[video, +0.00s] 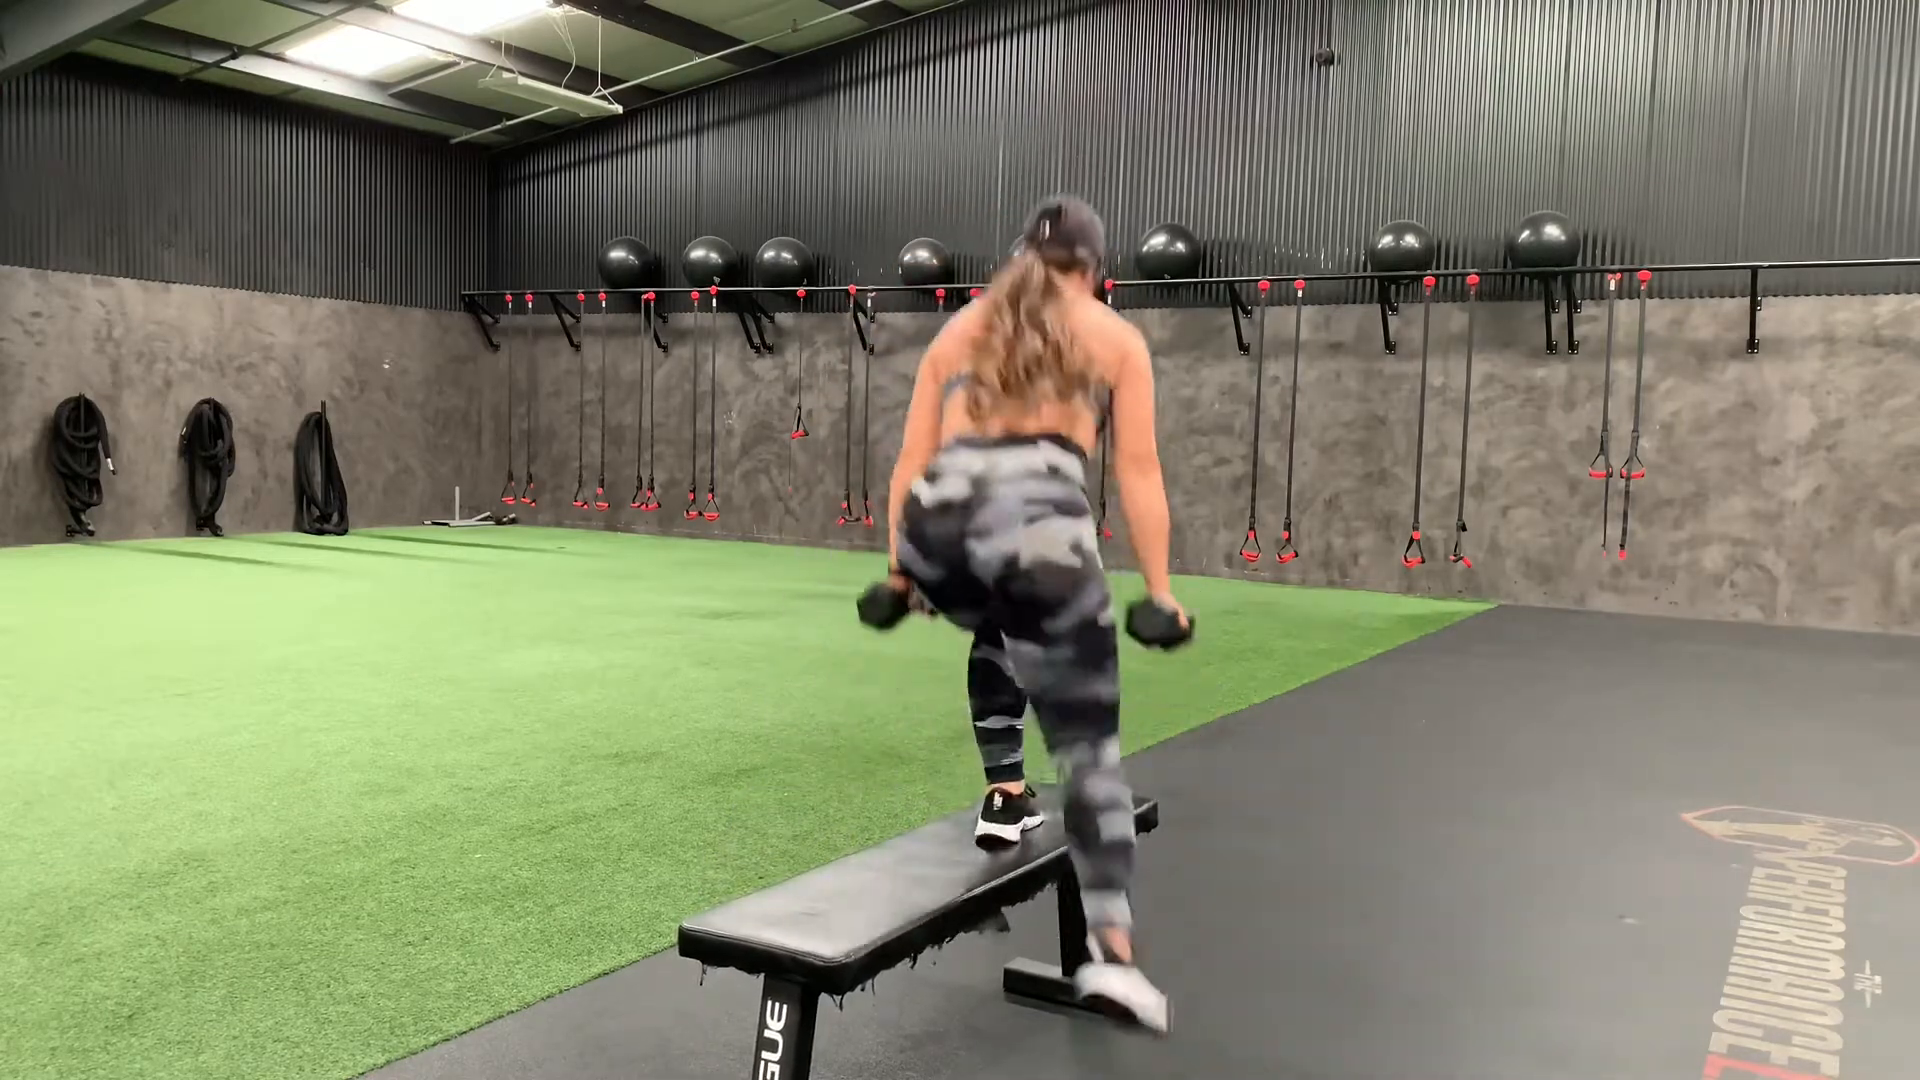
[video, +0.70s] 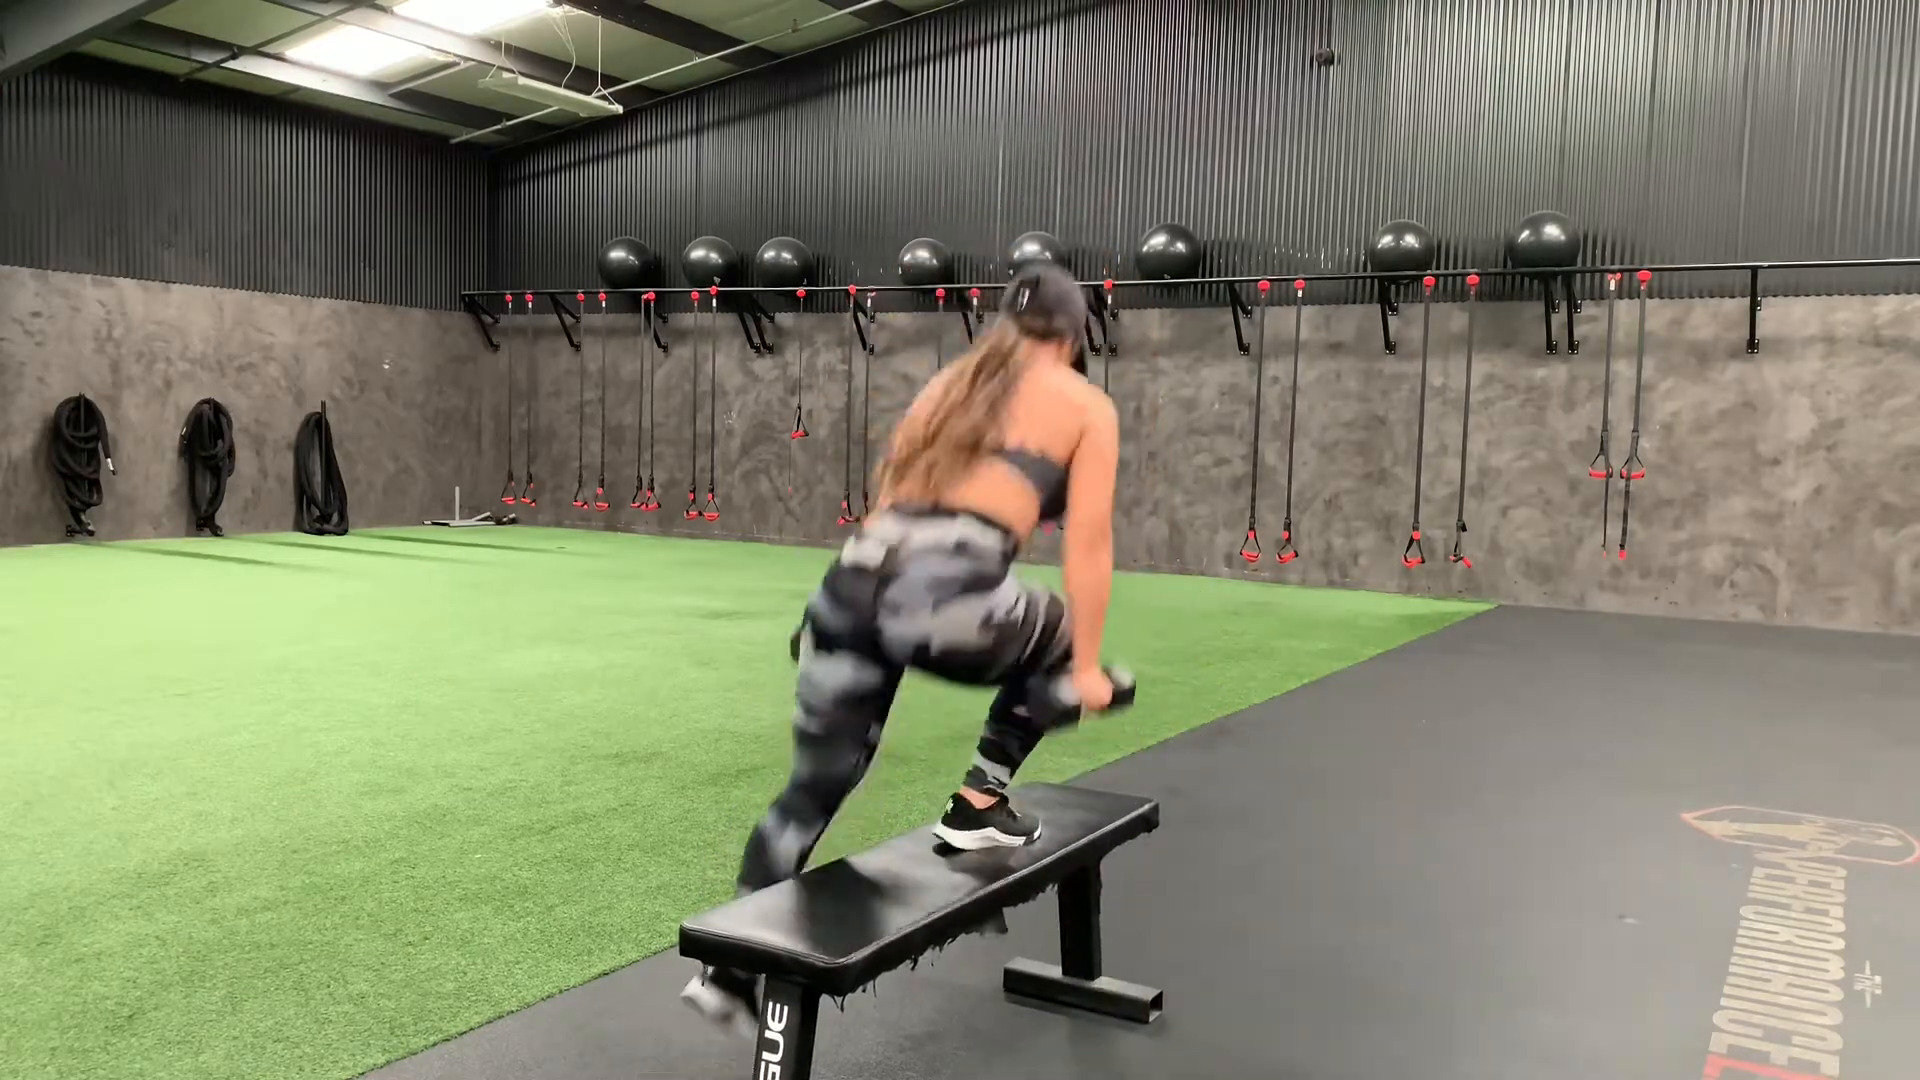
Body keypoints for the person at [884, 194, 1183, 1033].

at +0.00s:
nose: (1097, 285)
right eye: (1102, 273)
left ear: (1022, 257)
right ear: (1095, 270)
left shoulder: (958, 332)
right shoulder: (1117, 338)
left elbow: (915, 459)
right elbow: (1137, 469)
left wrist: (900, 567)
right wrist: (1158, 587)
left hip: (939, 519)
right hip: (1046, 519)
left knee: (990, 619)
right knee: (1088, 745)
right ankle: (1109, 944)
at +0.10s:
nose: (1099, 236)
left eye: (1095, 224)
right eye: (1099, 224)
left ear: (1027, 210)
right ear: (1091, 220)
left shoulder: (959, 274)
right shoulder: (1111, 284)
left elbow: (912, 399)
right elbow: (1124, 416)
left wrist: (886, 515)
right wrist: (1132, 537)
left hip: (914, 462)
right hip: (1018, 458)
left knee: (973, 606)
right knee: (1072, 636)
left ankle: (985, 778)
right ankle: (1056, 801)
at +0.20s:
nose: (1097, 233)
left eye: (1097, 221)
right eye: (1096, 220)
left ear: (1024, 205)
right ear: (1084, 212)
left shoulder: (959, 256)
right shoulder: (1102, 270)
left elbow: (904, 375)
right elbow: (1105, 400)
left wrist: (886, 502)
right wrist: (1110, 527)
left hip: (896, 425)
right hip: (997, 427)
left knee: (950, 587)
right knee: (1062, 594)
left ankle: (889, 759)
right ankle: (1004, 771)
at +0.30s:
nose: (1088, 267)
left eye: (1088, 256)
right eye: (1089, 255)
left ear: (1018, 235)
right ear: (1080, 246)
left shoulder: (951, 285)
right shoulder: (1090, 299)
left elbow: (902, 406)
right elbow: (1089, 431)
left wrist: (854, 531)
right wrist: (1090, 555)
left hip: (882, 464)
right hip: (983, 469)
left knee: (897, 646)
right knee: (1041, 622)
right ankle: (972, 796)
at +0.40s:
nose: (1081, 329)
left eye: (1079, 315)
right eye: (1080, 315)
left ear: (1007, 302)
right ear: (1073, 314)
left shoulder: (941, 356)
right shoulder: (1081, 377)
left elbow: (890, 479)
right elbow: (1073, 510)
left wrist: (836, 599)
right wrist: (1075, 636)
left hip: (862, 551)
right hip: (956, 554)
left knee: (833, 748)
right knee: (1050, 637)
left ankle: (747, 912)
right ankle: (974, 803)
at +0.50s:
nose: (1059, 412)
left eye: (1058, 400)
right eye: (1060, 400)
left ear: (990, 384)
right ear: (1047, 397)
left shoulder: (920, 443)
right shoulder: (1048, 465)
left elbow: (881, 577)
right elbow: (1053, 607)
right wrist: (1064, 736)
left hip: (842, 665)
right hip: (936, 671)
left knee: (813, 856)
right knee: (1038, 664)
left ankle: (700, 1022)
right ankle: (974, 803)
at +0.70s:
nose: (1080, 350)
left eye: (1079, 340)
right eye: (1081, 339)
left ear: (1008, 326)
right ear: (1071, 336)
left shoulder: (946, 385)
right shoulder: (1084, 405)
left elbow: (891, 494)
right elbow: (1088, 539)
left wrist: (834, 608)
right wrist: (1086, 666)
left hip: (855, 588)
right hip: (945, 598)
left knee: (814, 783)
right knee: (1061, 639)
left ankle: (730, 964)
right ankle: (977, 805)